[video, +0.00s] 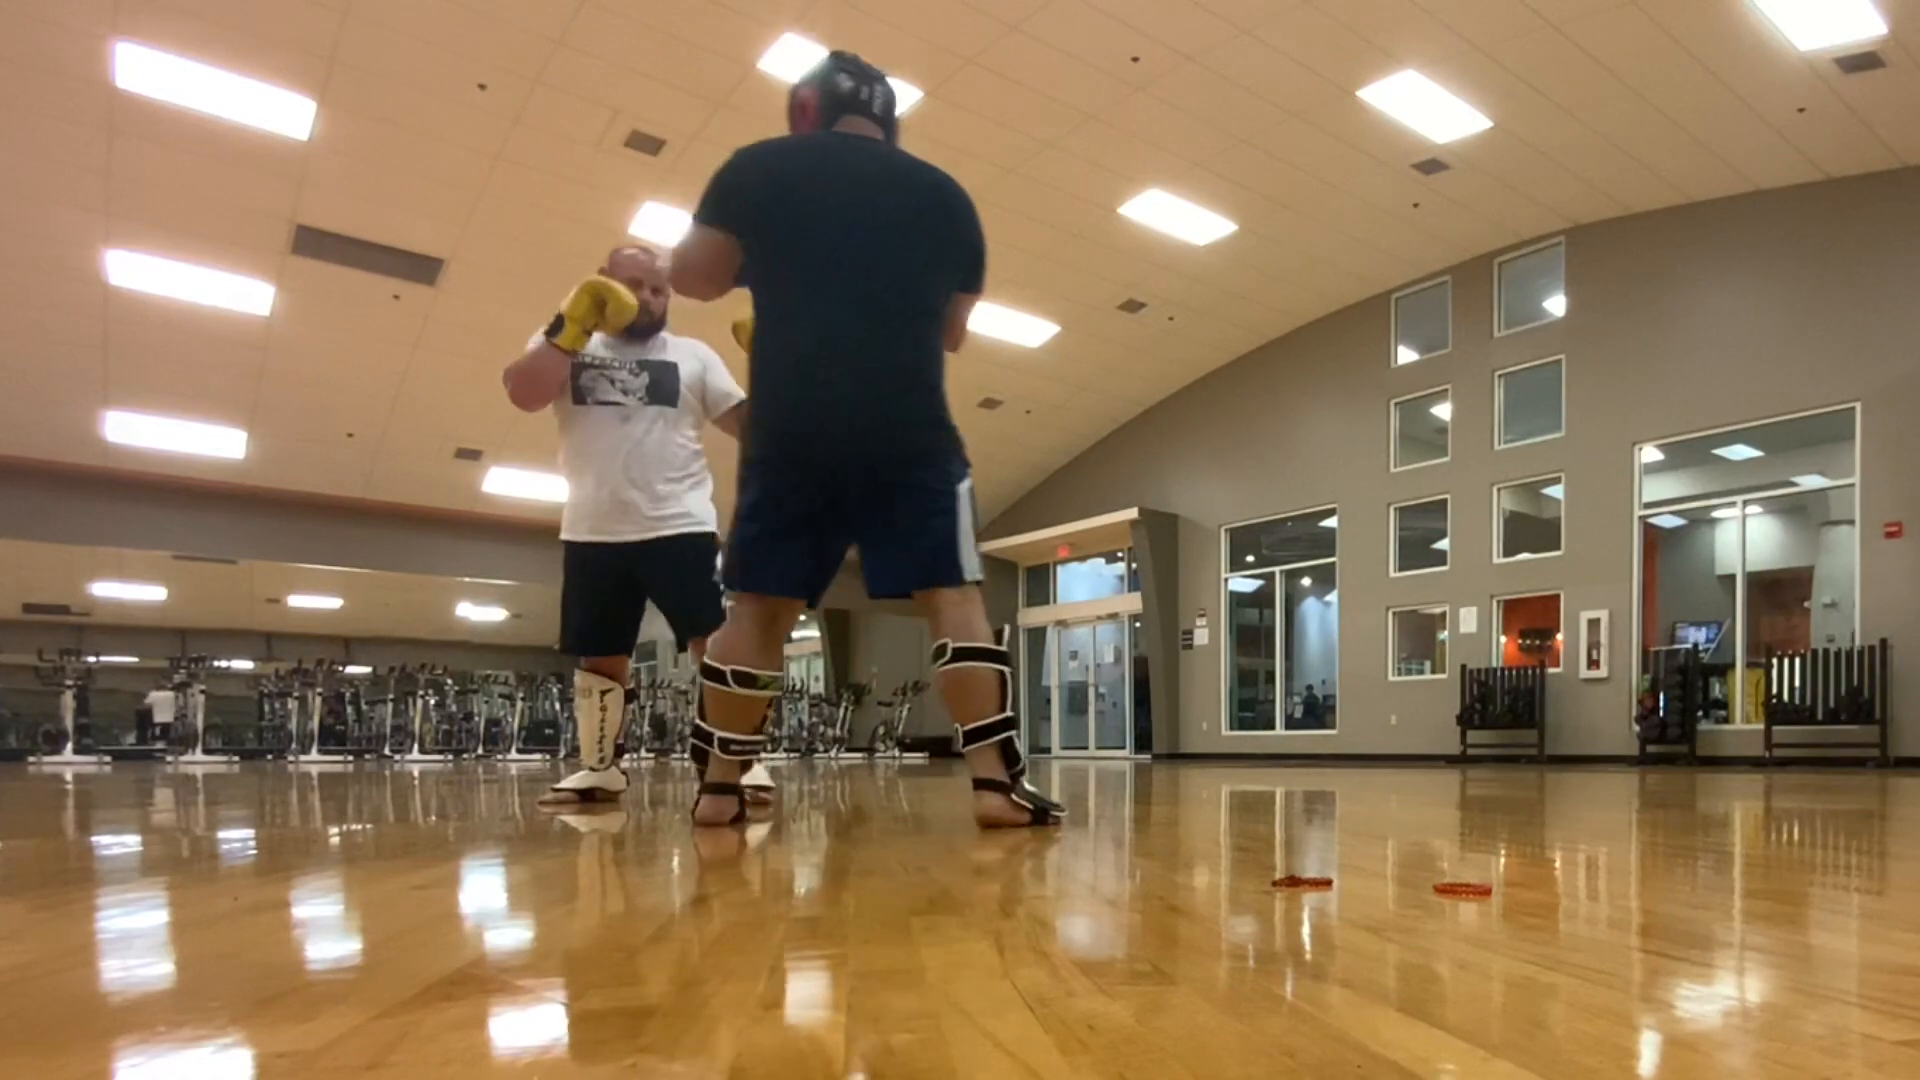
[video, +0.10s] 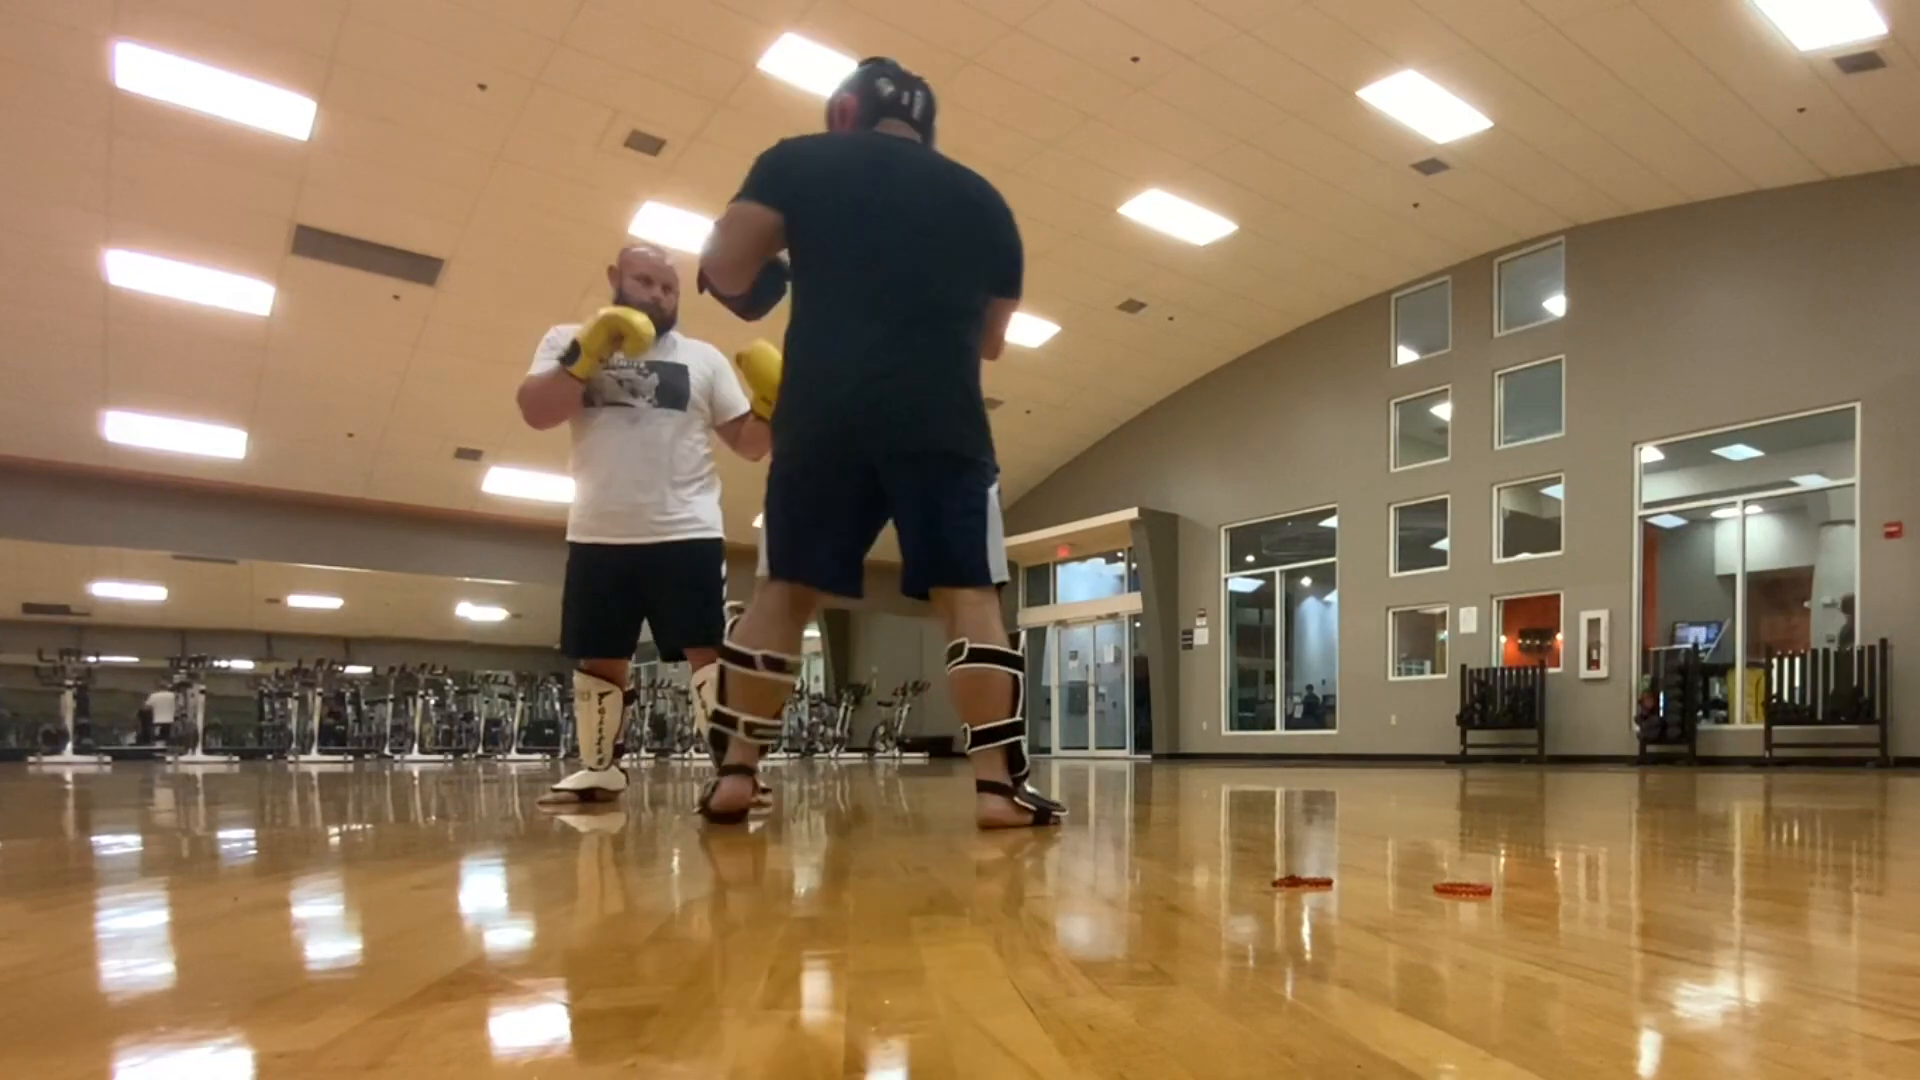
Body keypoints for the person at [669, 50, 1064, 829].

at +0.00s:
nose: (788, 126)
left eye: (790, 115)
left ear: (803, 109)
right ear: (890, 124)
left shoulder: (763, 166)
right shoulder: (943, 193)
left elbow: (695, 276)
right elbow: (951, 334)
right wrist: (875, 285)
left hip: (794, 431)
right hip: (910, 431)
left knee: (757, 609)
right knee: (953, 596)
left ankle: (719, 791)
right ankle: (996, 784)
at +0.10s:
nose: (829, 124)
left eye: (832, 114)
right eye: (834, 116)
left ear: (845, 112)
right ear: (926, 129)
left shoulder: (800, 160)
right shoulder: (981, 197)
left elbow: (724, 270)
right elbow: (990, 342)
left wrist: (769, 285)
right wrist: (921, 307)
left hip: (826, 416)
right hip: (941, 421)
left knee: (785, 589)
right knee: (971, 594)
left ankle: (737, 772)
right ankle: (998, 787)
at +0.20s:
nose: (849, 118)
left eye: (854, 107)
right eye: (856, 110)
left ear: (870, 104)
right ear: (947, 125)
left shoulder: (826, 153)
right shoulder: (1006, 194)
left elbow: (739, 244)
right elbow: (1010, 338)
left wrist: (795, 232)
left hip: (841, 410)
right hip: (958, 420)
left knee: (804, 580)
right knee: (975, 595)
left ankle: (776, 754)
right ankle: (999, 786)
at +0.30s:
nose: (858, 114)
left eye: (863, 104)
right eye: (865, 106)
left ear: (879, 101)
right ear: (955, 122)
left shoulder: (836, 152)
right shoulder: (1011, 190)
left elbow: (756, 253)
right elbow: (1016, 333)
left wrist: (820, 193)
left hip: (849, 406)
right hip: (966, 413)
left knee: (821, 579)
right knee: (975, 591)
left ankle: (810, 759)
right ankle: (997, 786)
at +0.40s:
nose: (854, 114)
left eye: (859, 103)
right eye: (861, 105)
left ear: (876, 100)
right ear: (952, 120)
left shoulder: (837, 152)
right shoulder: (1010, 191)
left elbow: (763, 262)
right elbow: (1012, 335)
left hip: (853, 406)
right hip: (972, 412)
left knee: (823, 584)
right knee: (983, 597)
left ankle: (809, 770)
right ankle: (997, 788)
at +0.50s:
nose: (845, 115)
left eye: (848, 104)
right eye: (850, 106)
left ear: (865, 99)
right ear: (945, 117)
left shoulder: (832, 149)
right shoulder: (1000, 186)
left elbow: (764, 248)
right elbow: (1015, 299)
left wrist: (792, 289)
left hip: (858, 405)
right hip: (976, 411)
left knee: (812, 580)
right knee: (986, 593)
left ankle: (803, 767)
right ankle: (998, 786)